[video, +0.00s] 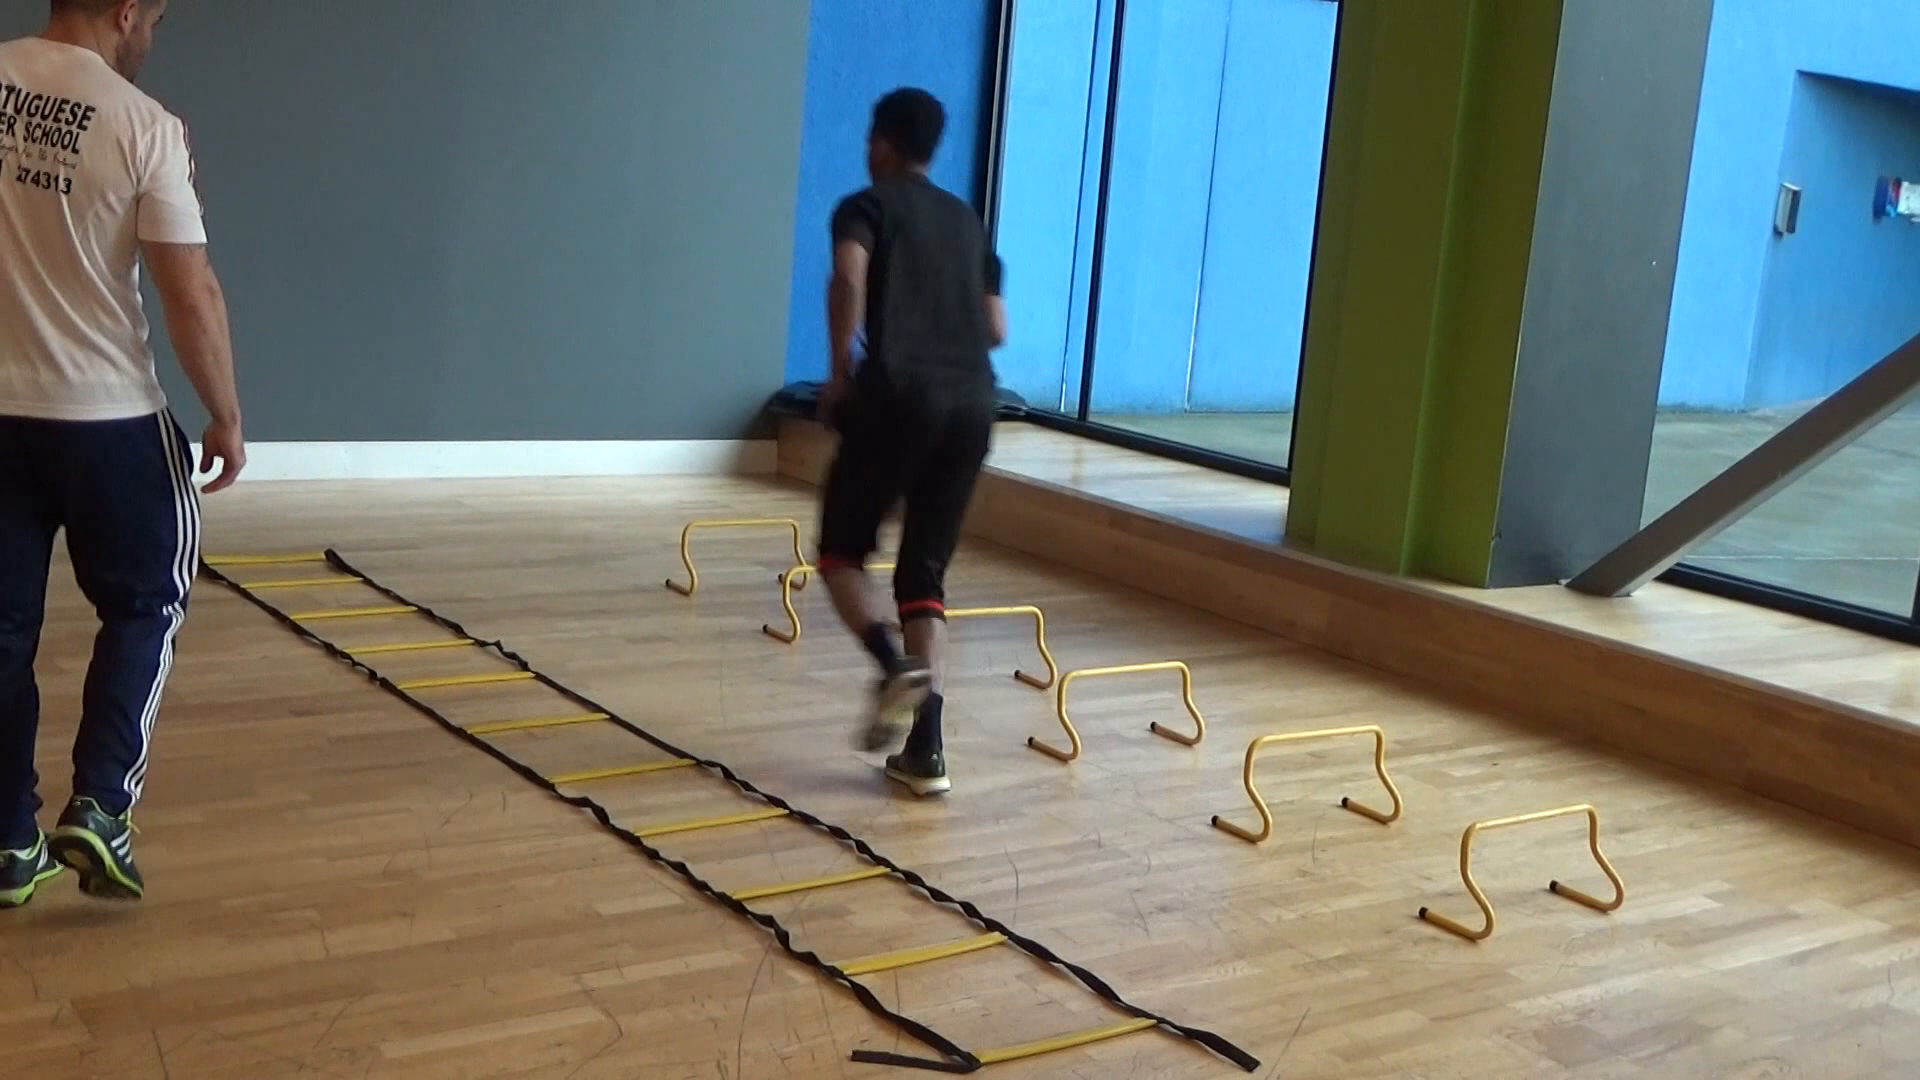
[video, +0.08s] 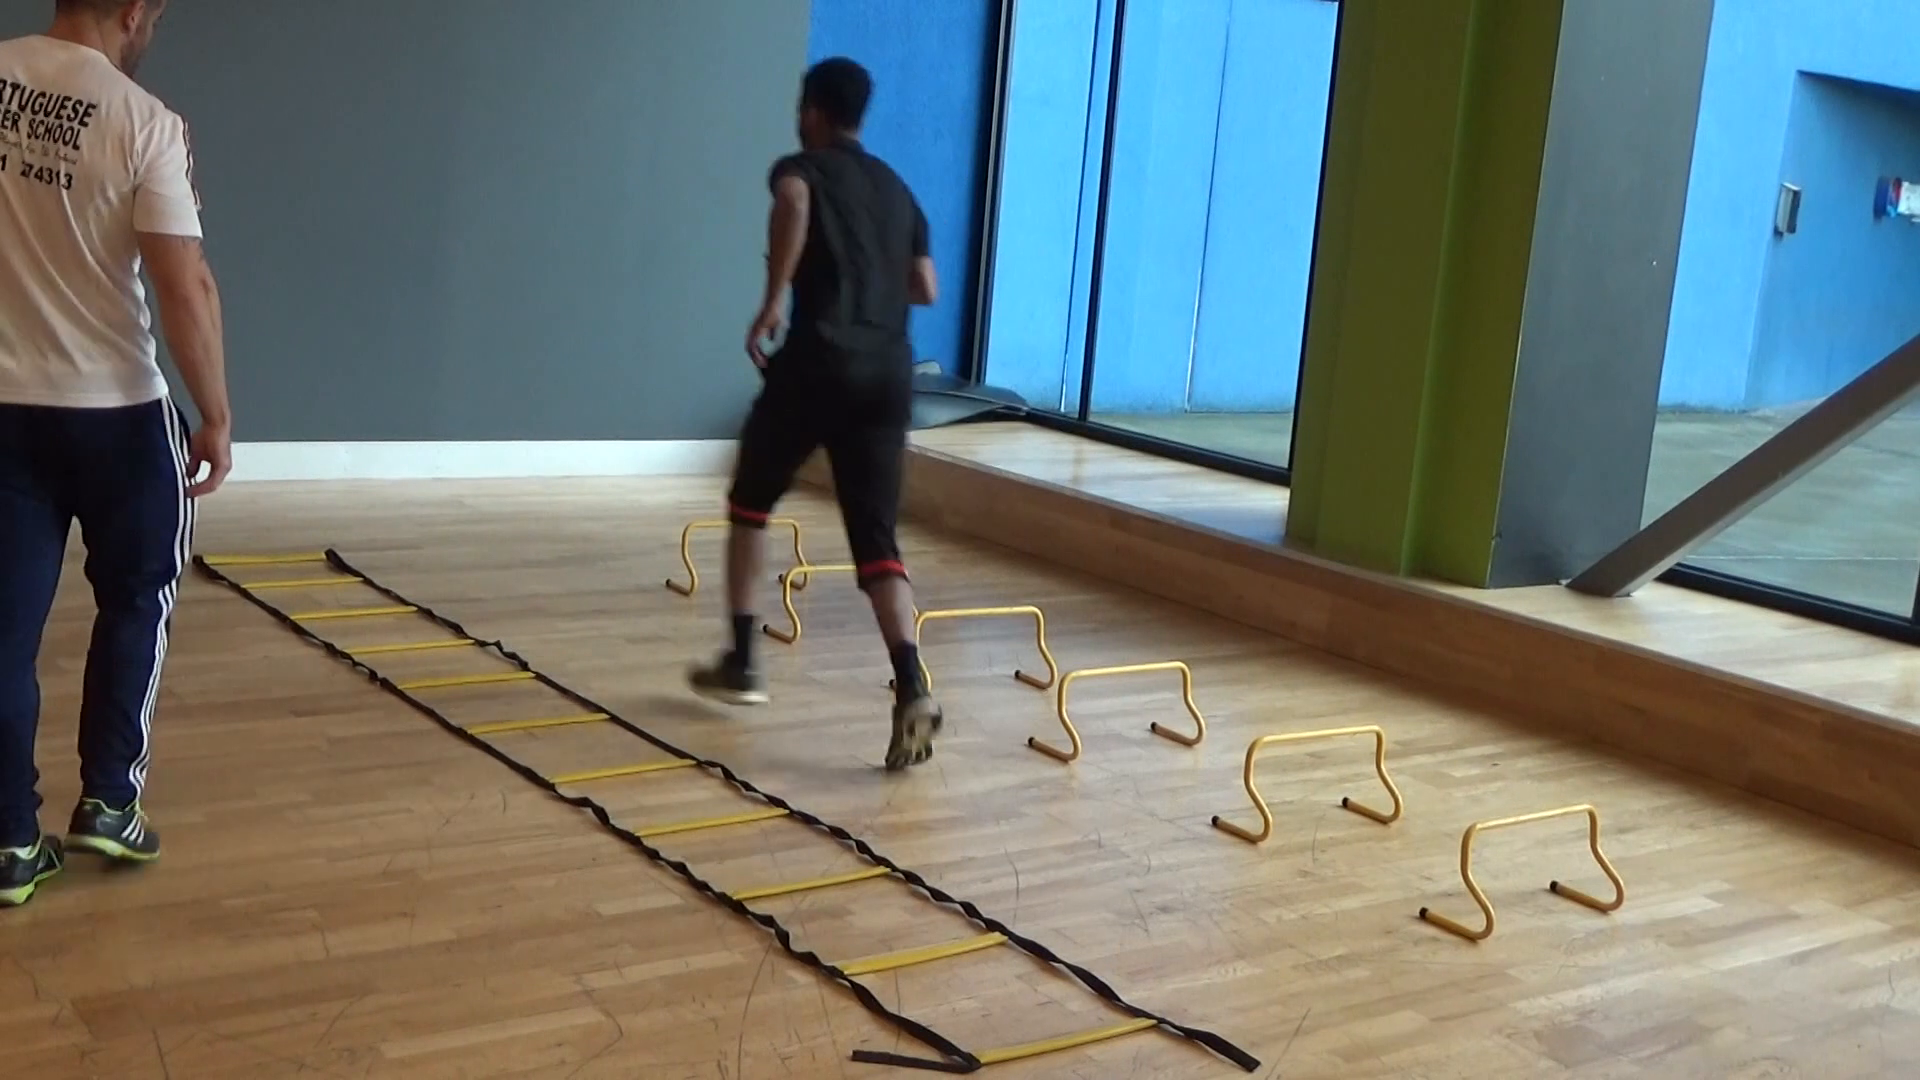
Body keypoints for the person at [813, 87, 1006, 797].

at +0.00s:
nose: (869, 148)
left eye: (872, 138)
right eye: (875, 138)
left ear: (881, 143)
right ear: (932, 149)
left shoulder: (864, 205)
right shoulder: (969, 219)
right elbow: (995, 327)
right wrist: (931, 330)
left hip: (896, 398)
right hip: (971, 407)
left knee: (840, 554)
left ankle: (893, 666)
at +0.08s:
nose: (798, 119)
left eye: (801, 109)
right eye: (804, 110)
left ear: (814, 113)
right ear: (860, 119)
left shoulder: (798, 167)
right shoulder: (899, 190)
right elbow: (924, 288)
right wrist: (861, 280)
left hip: (814, 367)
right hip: (886, 377)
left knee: (750, 504)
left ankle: (740, 660)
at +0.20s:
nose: (706, 105)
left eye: (709, 96)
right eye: (714, 95)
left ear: (717, 100)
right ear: (764, 104)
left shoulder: (699, 158)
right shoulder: (799, 173)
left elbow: (694, 234)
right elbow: (841, 264)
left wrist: (666, 304)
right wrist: (782, 290)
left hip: (707, 356)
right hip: (777, 360)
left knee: (665, 490)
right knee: (751, 504)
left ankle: (640, 625)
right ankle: (803, 581)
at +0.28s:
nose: (655, 111)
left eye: (657, 103)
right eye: (661, 102)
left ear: (663, 108)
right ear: (711, 113)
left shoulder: (635, 175)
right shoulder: (741, 183)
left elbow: (615, 263)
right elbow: (783, 269)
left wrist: (609, 314)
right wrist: (740, 321)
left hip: (643, 354)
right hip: (712, 361)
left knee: (620, 484)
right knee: (671, 474)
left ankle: (636, 627)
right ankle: (707, 579)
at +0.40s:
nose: (588, 95)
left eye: (590, 87)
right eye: (594, 87)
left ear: (595, 92)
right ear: (642, 97)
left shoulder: (565, 150)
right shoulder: (669, 160)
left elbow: (536, 235)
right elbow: (711, 232)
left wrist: (565, 232)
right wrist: (670, 275)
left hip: (574, 323)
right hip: (638, 329)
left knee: (553, 448)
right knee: (596, 446)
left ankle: (598, 561)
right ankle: (554, 556)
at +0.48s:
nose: (543, 104)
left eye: (545, 96)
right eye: (548, 96)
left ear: (552, 102)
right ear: (596, 106)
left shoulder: (529, 159)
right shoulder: (625, 168)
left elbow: (509, 245)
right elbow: (667, 244)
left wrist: (518, 230)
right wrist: (618, 267)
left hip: (527, 325)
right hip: (588, 332)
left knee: (495, 432)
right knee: (548, 441)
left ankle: (533, 534)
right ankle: (522, 551)